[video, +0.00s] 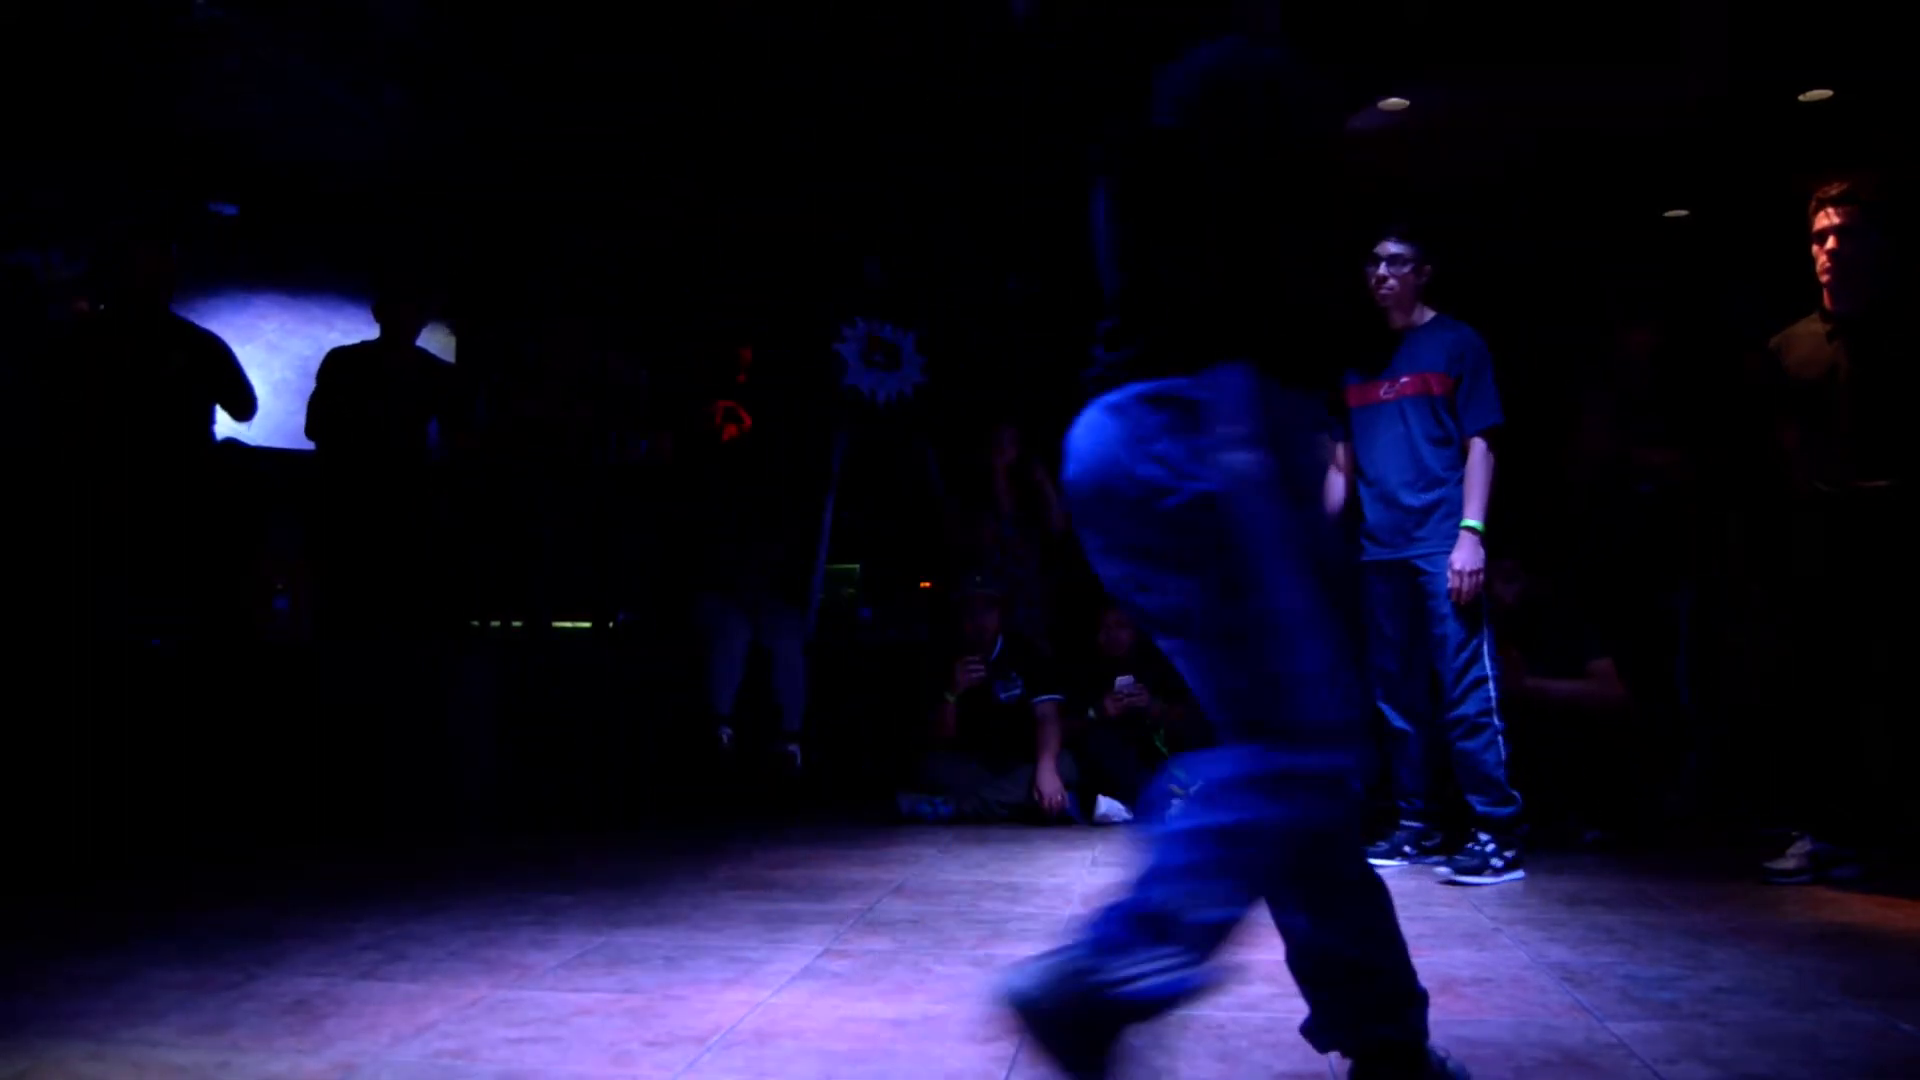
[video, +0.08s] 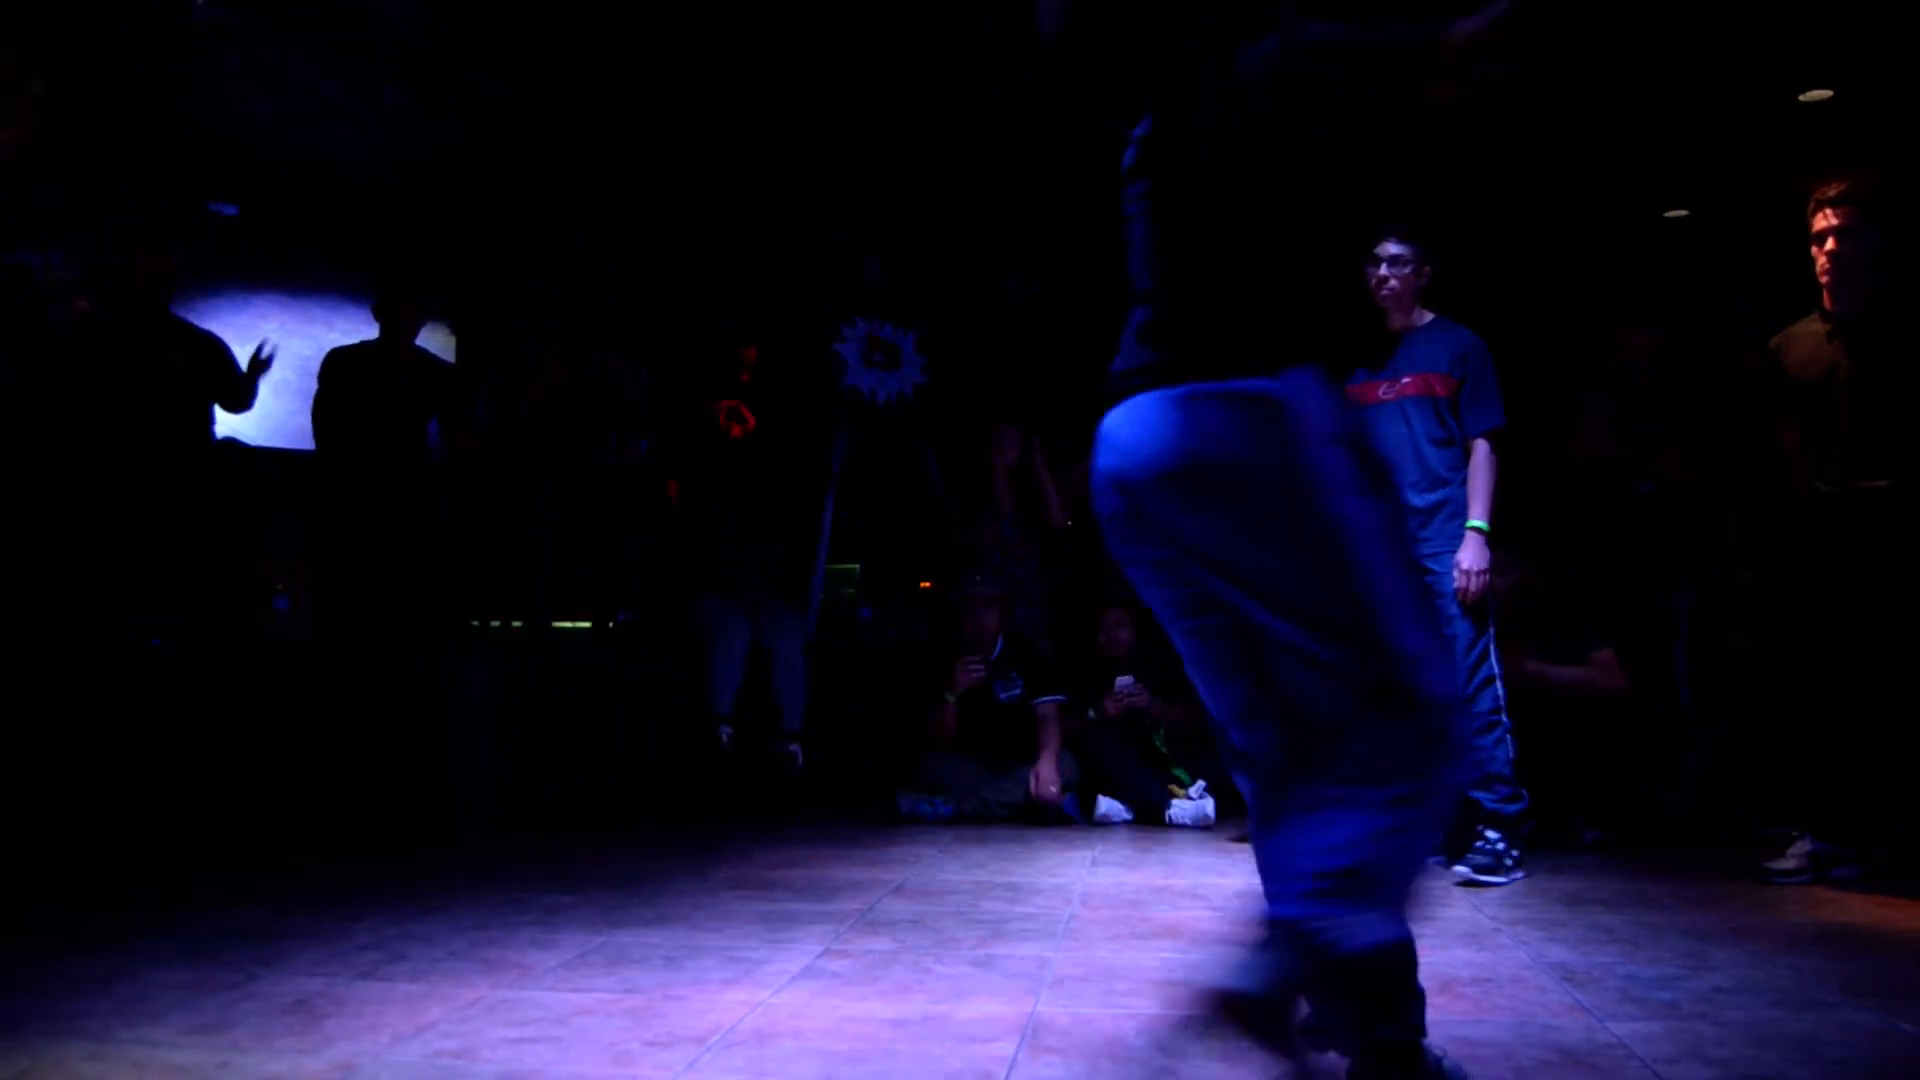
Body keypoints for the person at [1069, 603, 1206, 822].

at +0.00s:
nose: (1115, 637)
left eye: (1122, 628)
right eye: (1107, 629)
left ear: (1134, 630)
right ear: (1097, 634)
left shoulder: (1149, 658)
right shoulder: (1085, 667)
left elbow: (1187, 713)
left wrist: (1150, 704)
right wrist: (1101, 712)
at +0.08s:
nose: (1114, 636)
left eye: (1121, 628)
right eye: (1106, 629)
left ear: (1134, 632)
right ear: (1096, 634)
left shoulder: (1151, 667)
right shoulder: (1089, 671)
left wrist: (1149, 705)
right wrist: (1102, 712)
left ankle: (1129, 806)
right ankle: (1167, 807)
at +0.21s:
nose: (1113, 636)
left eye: (1120, 628)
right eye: (1106, 629)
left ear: (1134, 632)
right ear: (1097, 634)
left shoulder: (1151, 666)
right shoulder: (1089, 669)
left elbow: (1183, 715)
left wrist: (1149, 704)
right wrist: (1103, 711)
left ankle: (1129, 805)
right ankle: (1168, 806)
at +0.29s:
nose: (1112, 635)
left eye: (1120, 627)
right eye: (1106, 628)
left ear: (1134, 632)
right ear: (1096, 634)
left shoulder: (1151, 667)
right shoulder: (1089, 671)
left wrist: (1150, 705)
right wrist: (1103, 712)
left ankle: (1129, 807)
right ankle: (1168, 807)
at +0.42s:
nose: (1112, 635)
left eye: (1120, 627)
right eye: (1105, 628)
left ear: (1133, 632)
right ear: (1097, 634)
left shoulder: (1151, 667)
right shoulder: (1088, 671)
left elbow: (1182, 717)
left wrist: (1150, 704)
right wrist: (1102, 712)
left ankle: (1129, 807)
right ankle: (1168, 807)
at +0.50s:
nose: (1113, 635)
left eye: (1120, 627)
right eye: (1106, 628)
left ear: (1133, 632)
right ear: (1097, 634)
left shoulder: (1151, 666)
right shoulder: (1088, 671)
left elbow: (1181, 717)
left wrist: (1150, 704)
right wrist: (1103, 712)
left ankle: (1129, 807)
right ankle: (1168, 807)